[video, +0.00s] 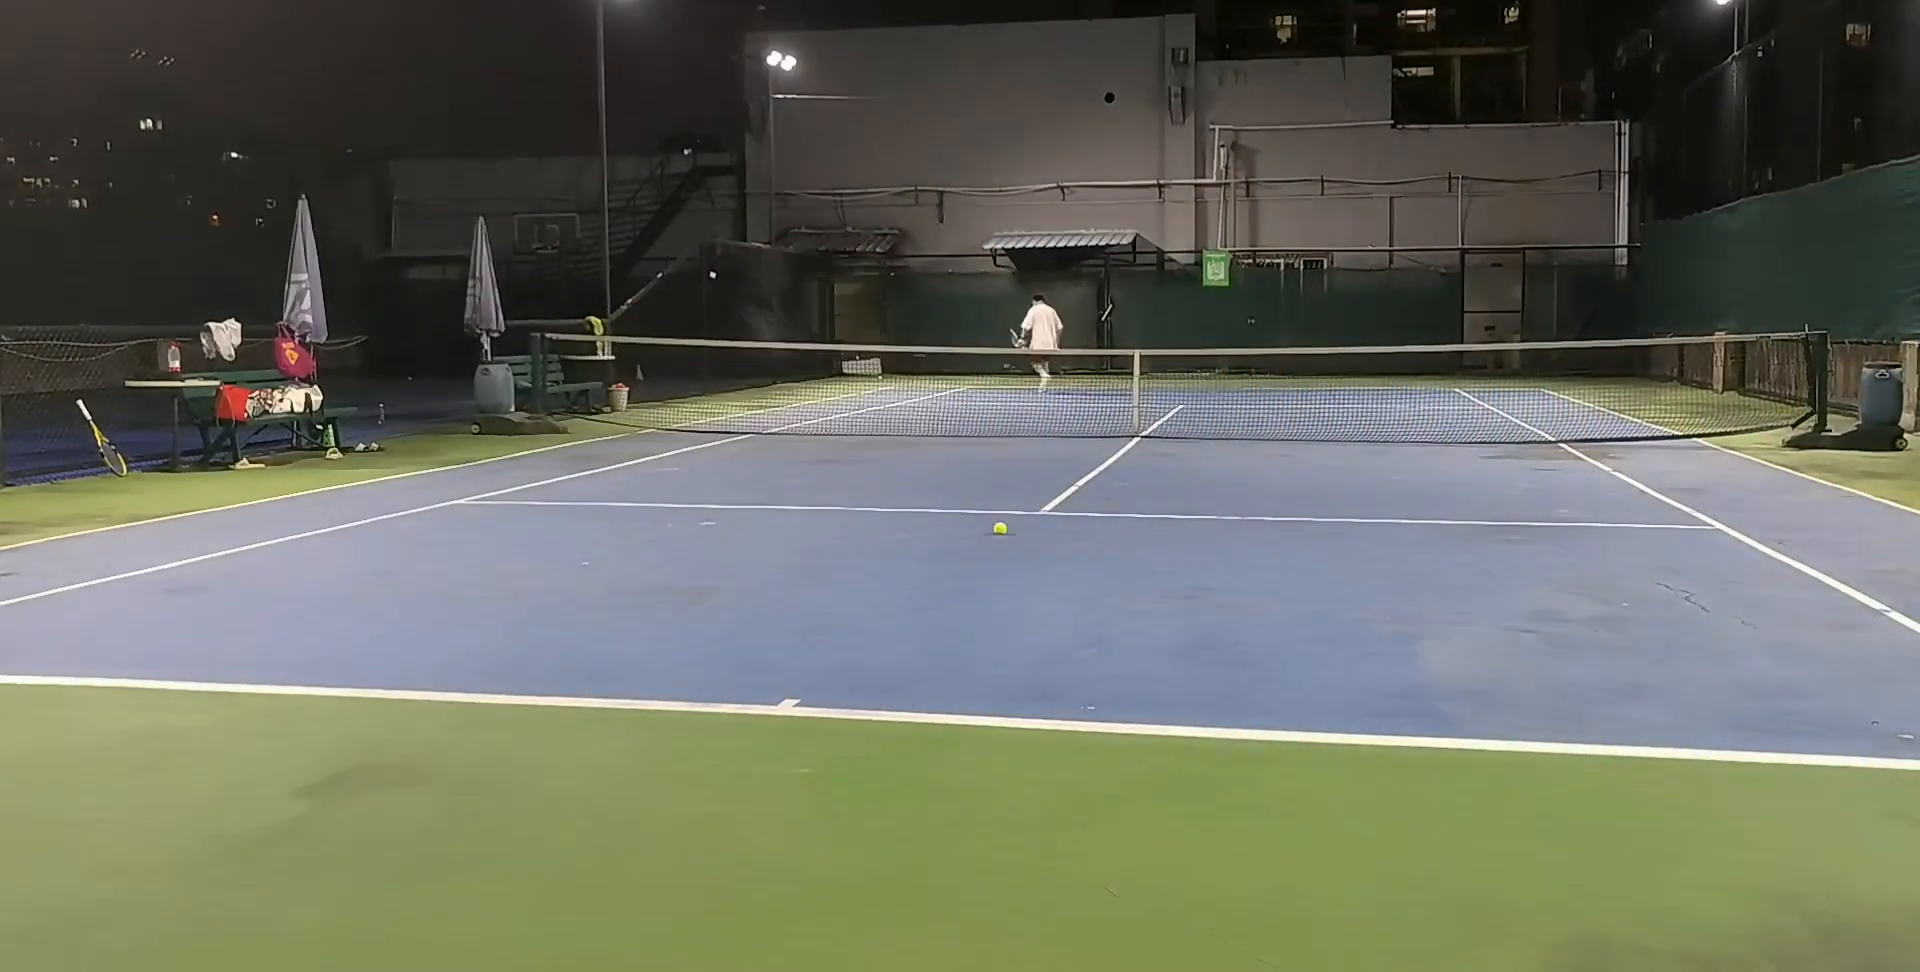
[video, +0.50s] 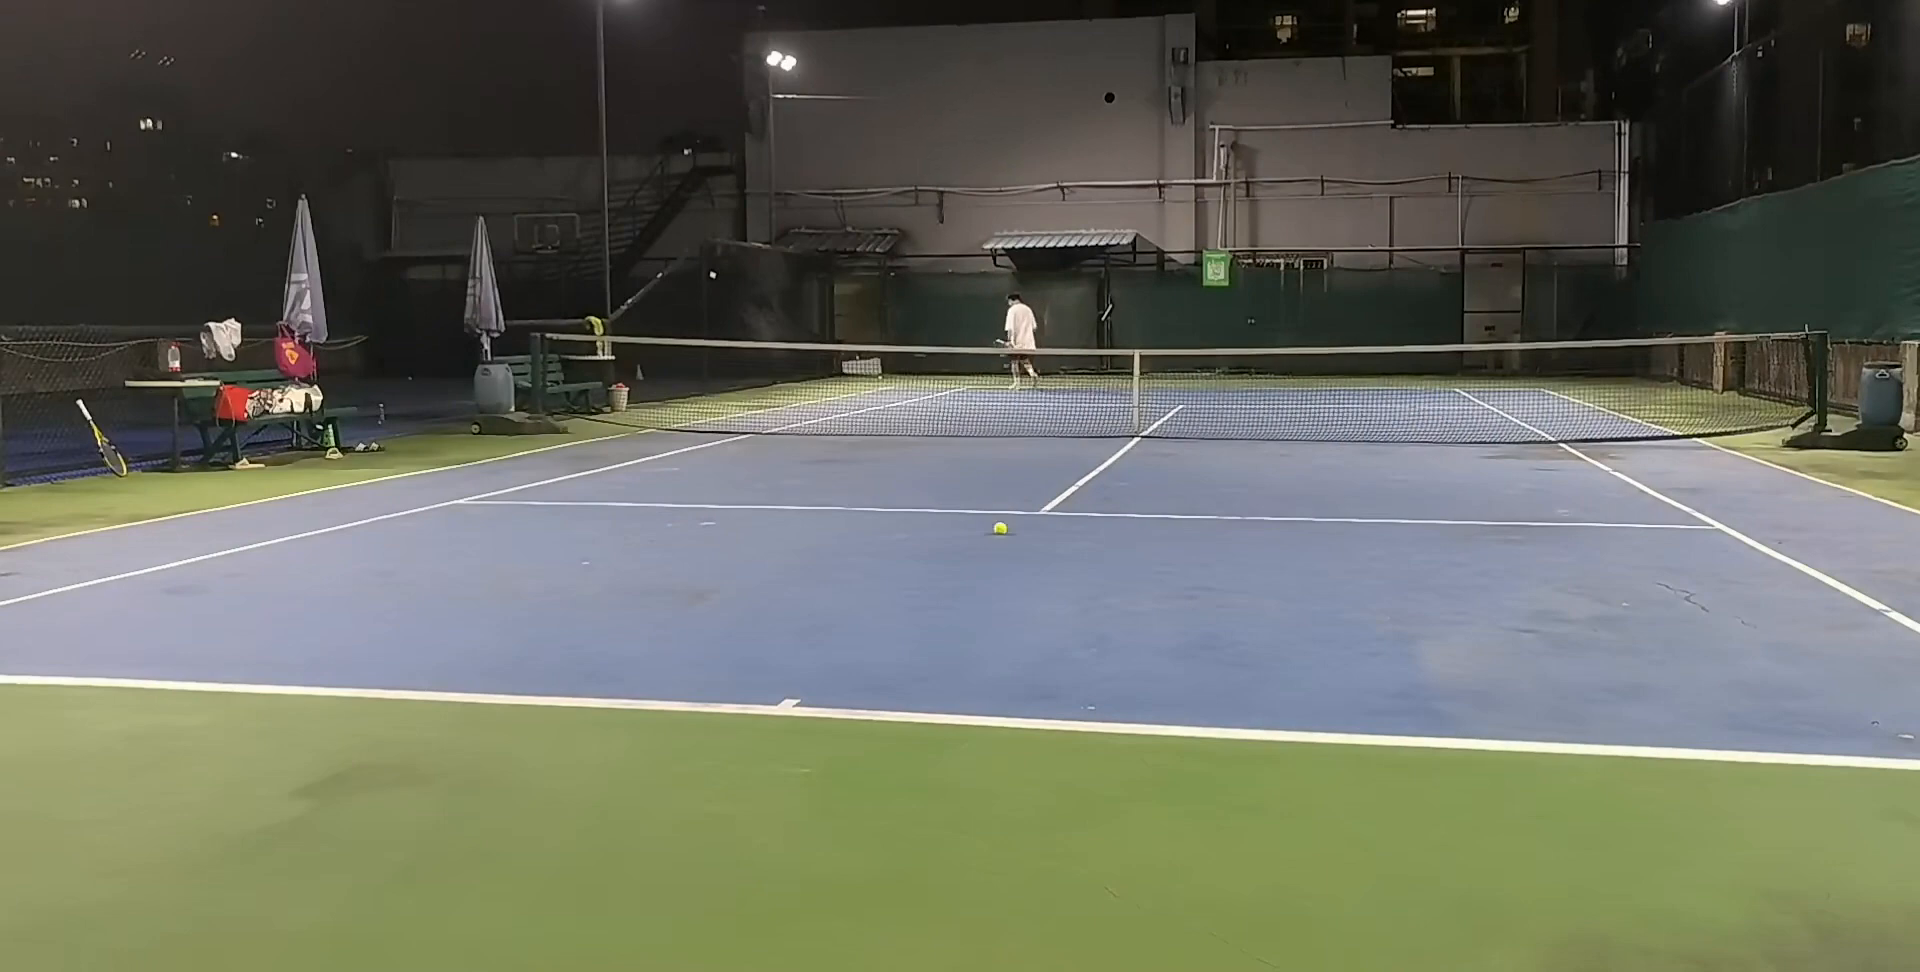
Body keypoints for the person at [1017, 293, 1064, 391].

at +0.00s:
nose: (1033, 304)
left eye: (1033, 302)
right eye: (1033, 302)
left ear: (1034, 302)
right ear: (1044, 301)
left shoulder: (1033, 310)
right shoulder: (1051, 310)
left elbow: (1026, 327)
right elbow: (1060, 327)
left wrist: (1023, 338)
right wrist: (1056, 340)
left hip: (1037, 344)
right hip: (1051, 344)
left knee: (1035, 360)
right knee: (1045, 361)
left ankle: (1044, 374)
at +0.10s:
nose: (1028, 302)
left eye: (1029, 301)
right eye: (1029, 301)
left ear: (1031, 300)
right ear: (1039, 299)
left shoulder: (1030, 308)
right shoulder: (1047, 308)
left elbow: (1025, 326)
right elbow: (1054, 325)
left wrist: (1023, 338)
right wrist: (1049, 336)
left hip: (1034, 340)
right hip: (1046, 340)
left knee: (1029, 358)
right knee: (1043, 360)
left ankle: (1036, 375)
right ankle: (1044, 381)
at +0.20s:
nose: (1024, 303)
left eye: (1024, 301)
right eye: (1024, 301)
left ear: (1028, 300)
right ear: (1034, 299)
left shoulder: (1027, 308)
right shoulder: (1043, 307)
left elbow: (1024, 326)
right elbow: (1050, 324)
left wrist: (1024, 339)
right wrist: (1043, 333)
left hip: (1031, 341)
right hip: (1043, 341)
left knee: (1024, 358)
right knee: (1041, 362)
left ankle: (1027, 381)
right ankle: (1043, 384)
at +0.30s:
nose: (1018, 305)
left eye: (1019, 302)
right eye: (1018, 303)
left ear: (1023, 301)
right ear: (1028, 300)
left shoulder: (1022, 310)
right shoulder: (1037, 309)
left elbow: (1023, 327)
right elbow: (1044, 324)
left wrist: (1019, 340)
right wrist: (1039, 335)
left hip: (1027, 342)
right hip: (1039, 342)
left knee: (1021, 362)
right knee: (1039, 363)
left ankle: (1019, 380)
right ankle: (1042, 383)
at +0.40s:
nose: (1013, 305)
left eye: (1013, 303)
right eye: (1013, 303)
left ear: (1017, 302)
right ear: (1023, 301)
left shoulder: (1017, 311)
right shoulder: (1031, 310)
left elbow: (1017, 329)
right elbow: (1038, 326)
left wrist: (1014, 341)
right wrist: (1031, 334)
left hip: (1022, 343)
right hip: (1034, 342)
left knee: (1017, 362)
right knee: (1033, 361)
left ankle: (1017, 381)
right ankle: (1040, 379)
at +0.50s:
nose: (1008, 304)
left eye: (1009, 302)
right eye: (1008, 302)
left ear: (1012, 300)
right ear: (1018, 299)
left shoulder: (1012, 310)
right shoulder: (1028, 309)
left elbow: (1010, 328)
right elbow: (1034, 326)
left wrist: (1010, 340)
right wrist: (1026, 332)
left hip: (1017, 341)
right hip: (1028, 341)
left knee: (1015, 362)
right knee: (1026, 360)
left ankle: (1016, 381)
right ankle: (1033, 374)